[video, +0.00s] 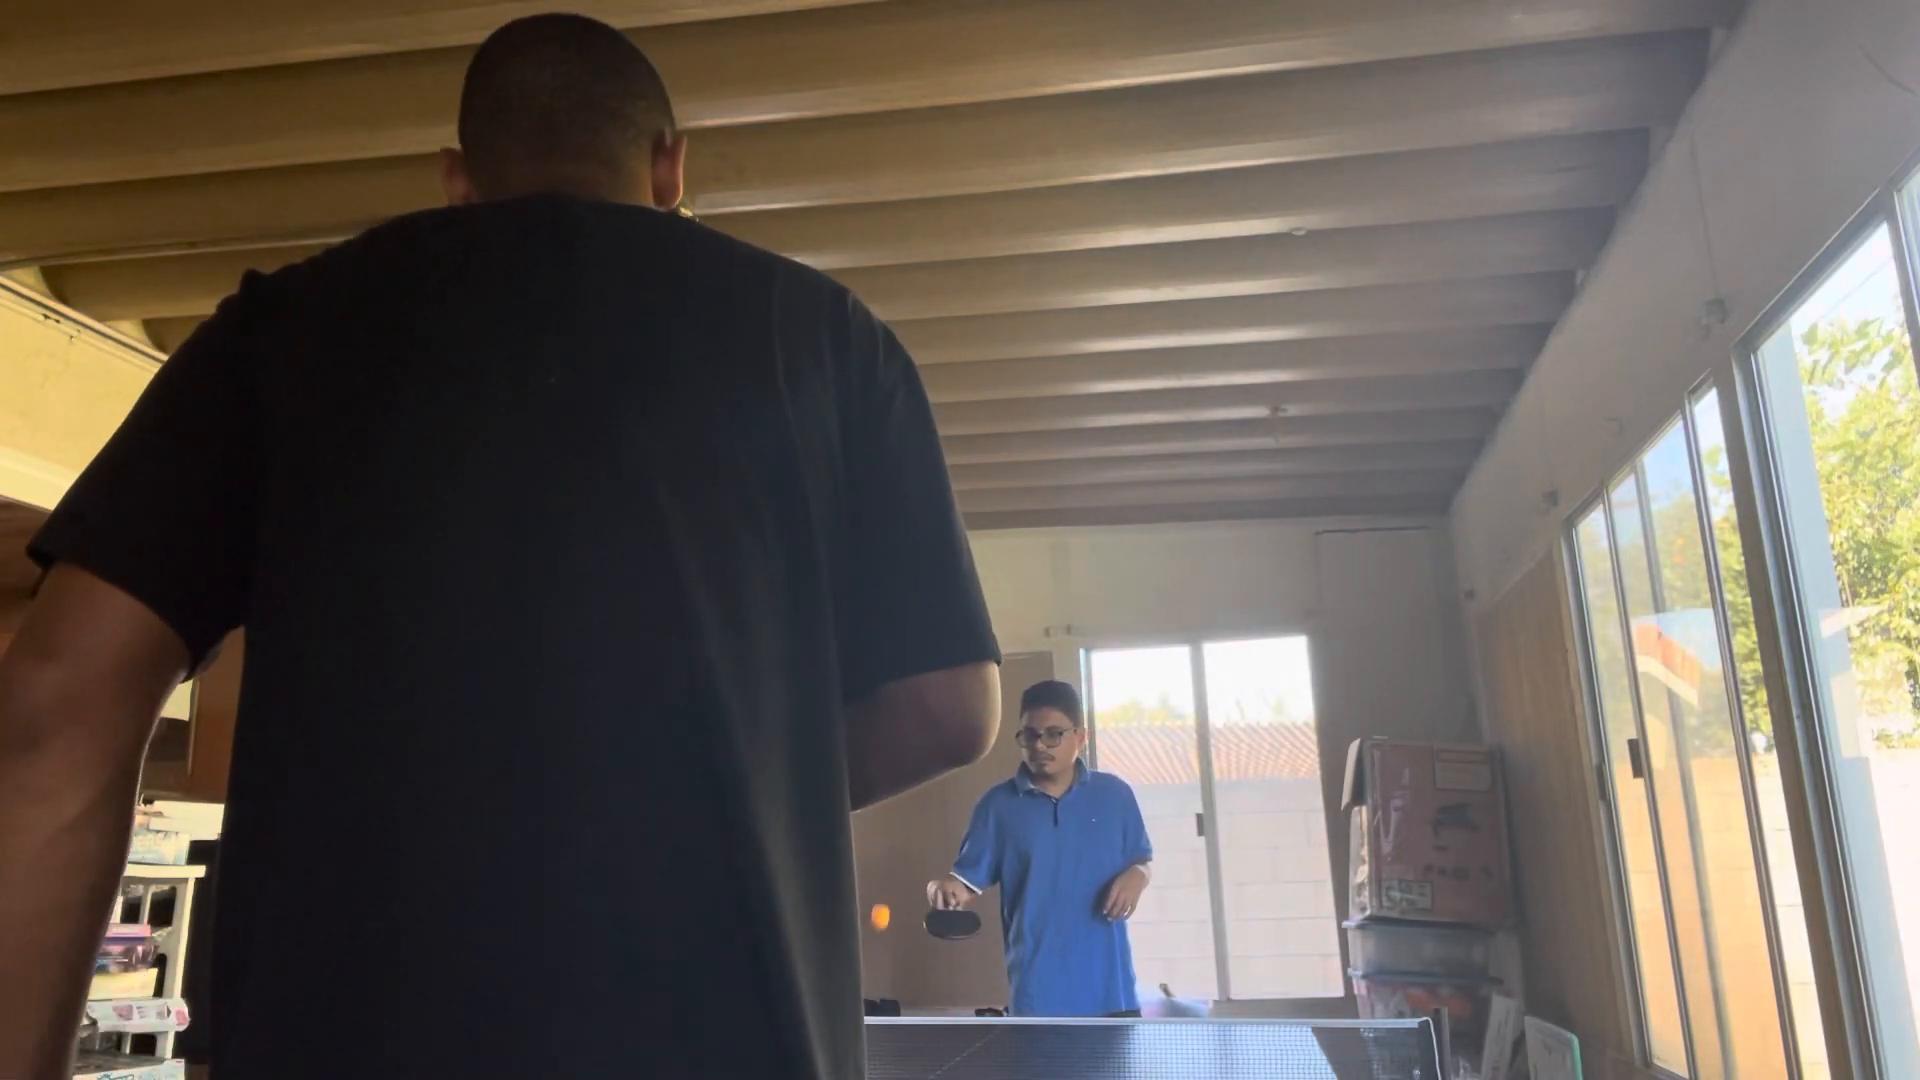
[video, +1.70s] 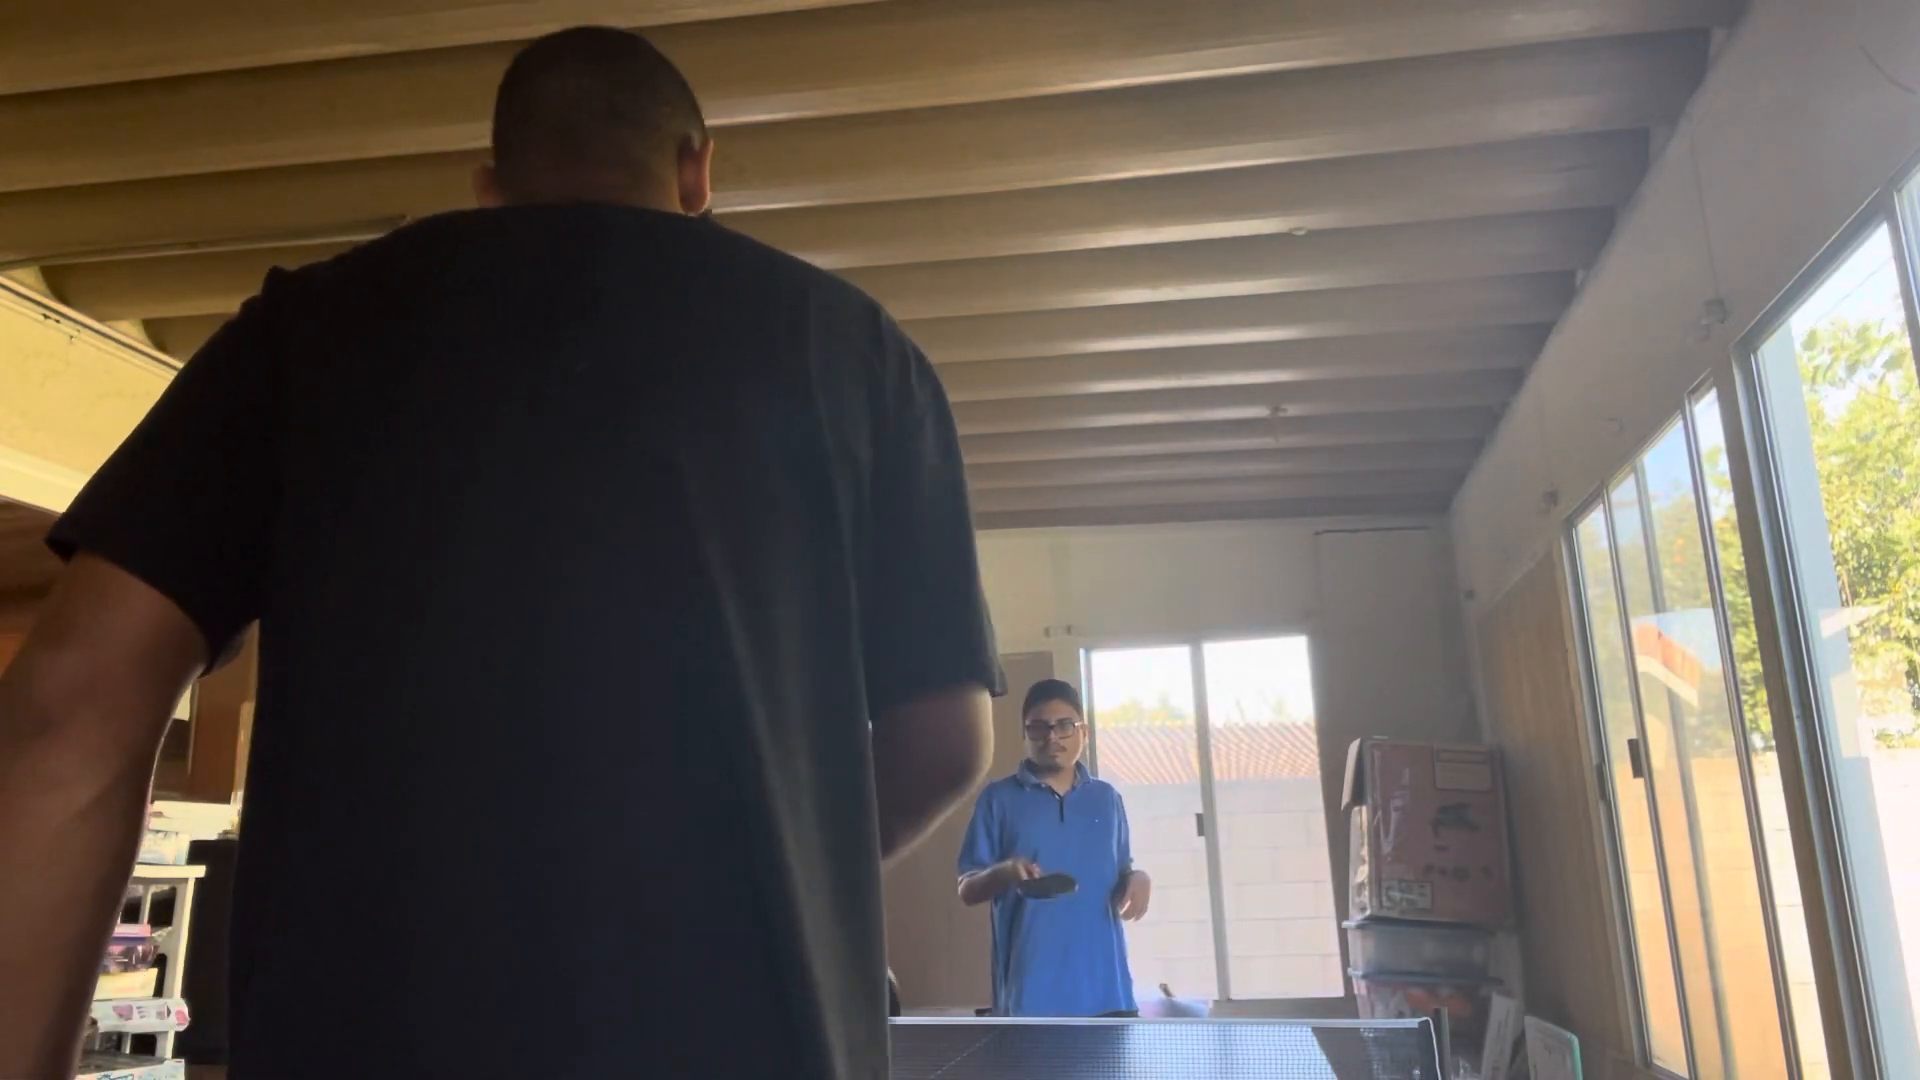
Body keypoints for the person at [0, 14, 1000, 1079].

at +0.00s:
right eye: (682, 174)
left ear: (456, 176)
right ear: (671, 171)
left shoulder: (290, 322)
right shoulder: (818, 326)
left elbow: (66, 687)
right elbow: (942, 711)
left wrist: (31, 1047)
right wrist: (723, 783)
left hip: (340, 1028)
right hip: (721, 1032)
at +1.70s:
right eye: (710, 179)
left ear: (486, 176)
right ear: (697, 174)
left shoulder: (314, 321)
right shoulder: (851, 341)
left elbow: (70, 708)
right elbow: (940, 746)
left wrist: (34, 1055)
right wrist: (765, 902)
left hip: (360, 1032)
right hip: (746, 1039)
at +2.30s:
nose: (786, 260)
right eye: (791, 246)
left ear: (592, 225)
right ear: (782, 246)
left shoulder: (409, 328)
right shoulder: (894, 333)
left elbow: (149, 642)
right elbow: (1072, 582)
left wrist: (104, 1048)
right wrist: (911, 789)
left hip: (429, 1025)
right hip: (824, 1030)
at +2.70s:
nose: (814, 250)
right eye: (812, 236)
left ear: (615, 228)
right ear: (805, 237)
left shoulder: (432, 338)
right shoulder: (924, 333)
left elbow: (176, 683)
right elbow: (1105, 664)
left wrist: (212, 1060)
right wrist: (926, 681)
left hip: (482, 1039)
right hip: (881, 1044)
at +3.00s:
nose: (832, 250)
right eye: (831, 233)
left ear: (629, 226)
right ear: (821, 230)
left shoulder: (463, 335)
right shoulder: (952, 344)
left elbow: (221, 677)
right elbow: (1133, 662)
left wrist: (230, 1061)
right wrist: (969, 589)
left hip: (503, 1037)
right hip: (884, 1039)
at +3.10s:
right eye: (828, 233)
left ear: (630, 225)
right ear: (818, 231)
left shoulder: (467, 335)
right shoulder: (955, 346)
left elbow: (235, 668)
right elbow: (1119, 682)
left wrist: (225, 1058)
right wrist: (960, 650)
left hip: (514, 1036)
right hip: (899, 1039)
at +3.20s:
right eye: (827, 231)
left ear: (632, 222)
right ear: (822, 230)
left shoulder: (470, 337)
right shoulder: (957, 344)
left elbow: (239, 662)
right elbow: (1101, 697)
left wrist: (218, 1061)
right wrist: (971, 681)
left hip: (516, 1037)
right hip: (900, 1039)